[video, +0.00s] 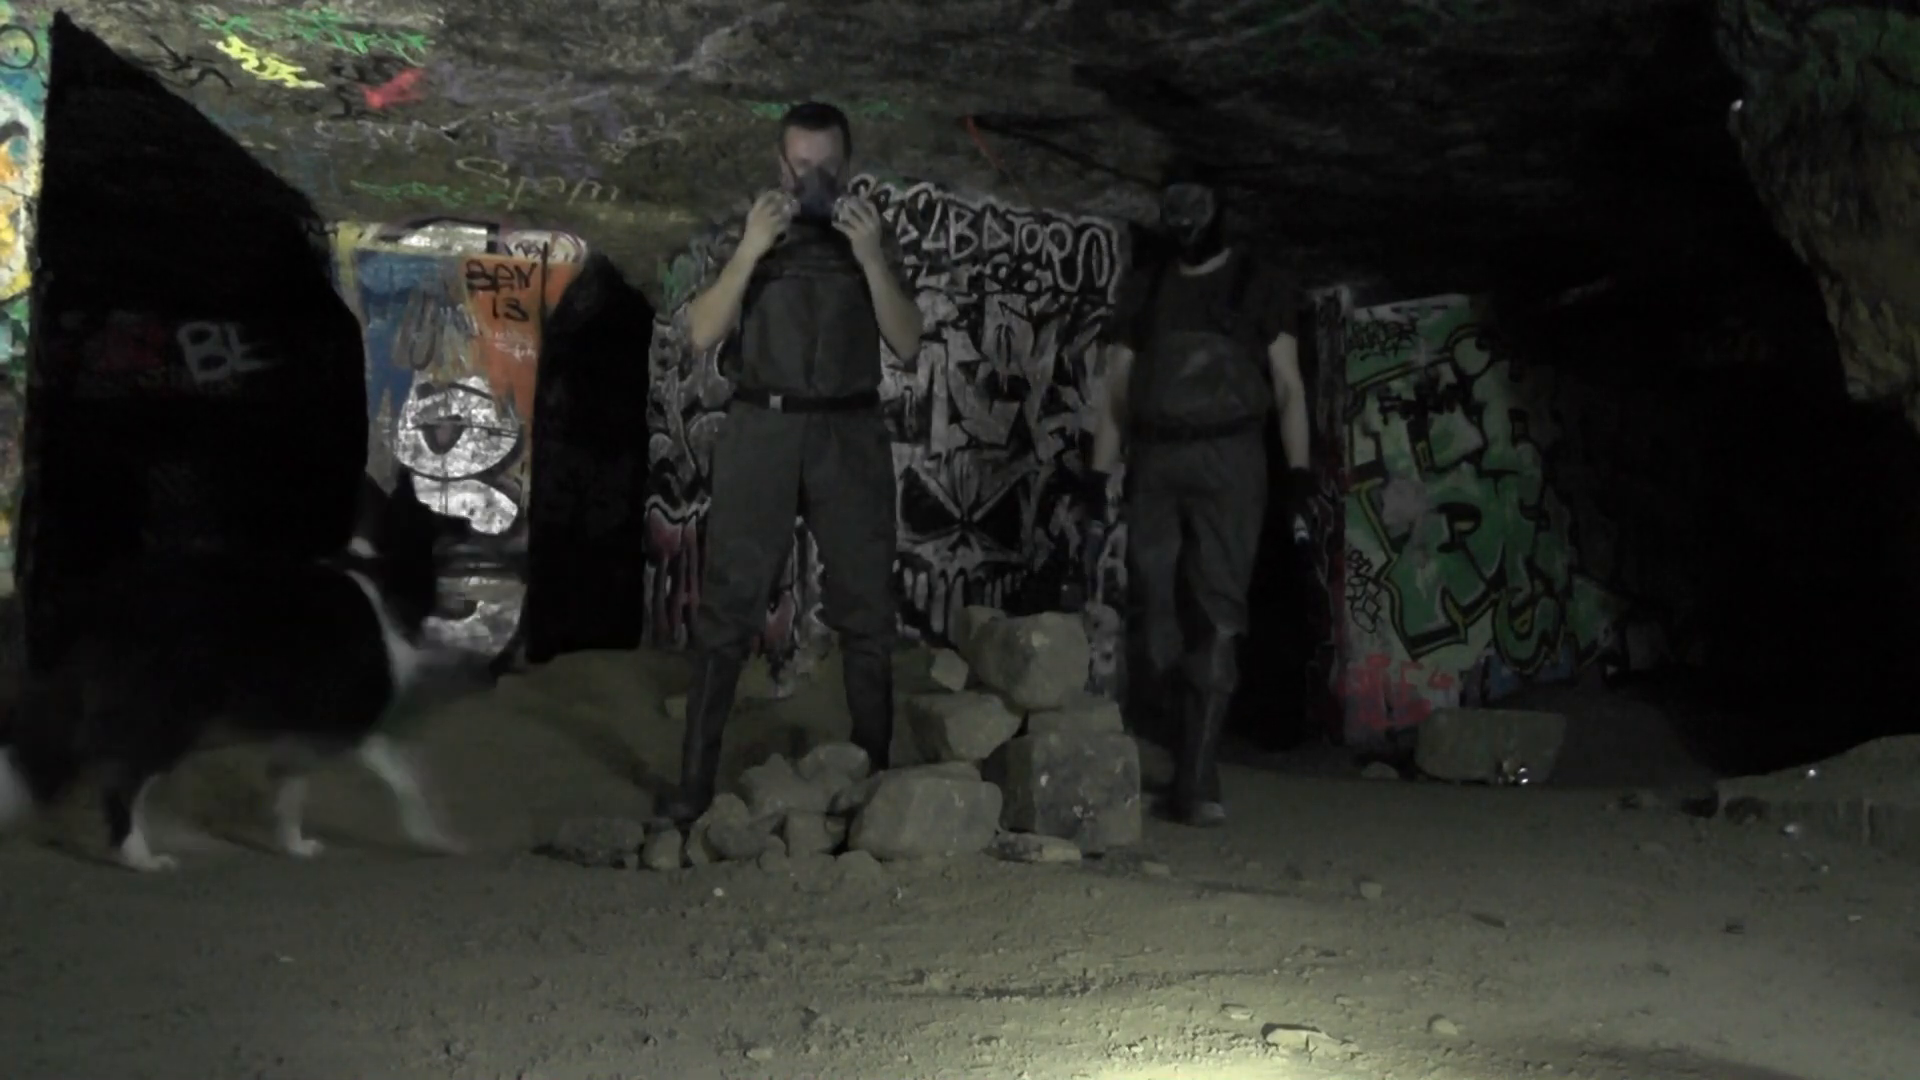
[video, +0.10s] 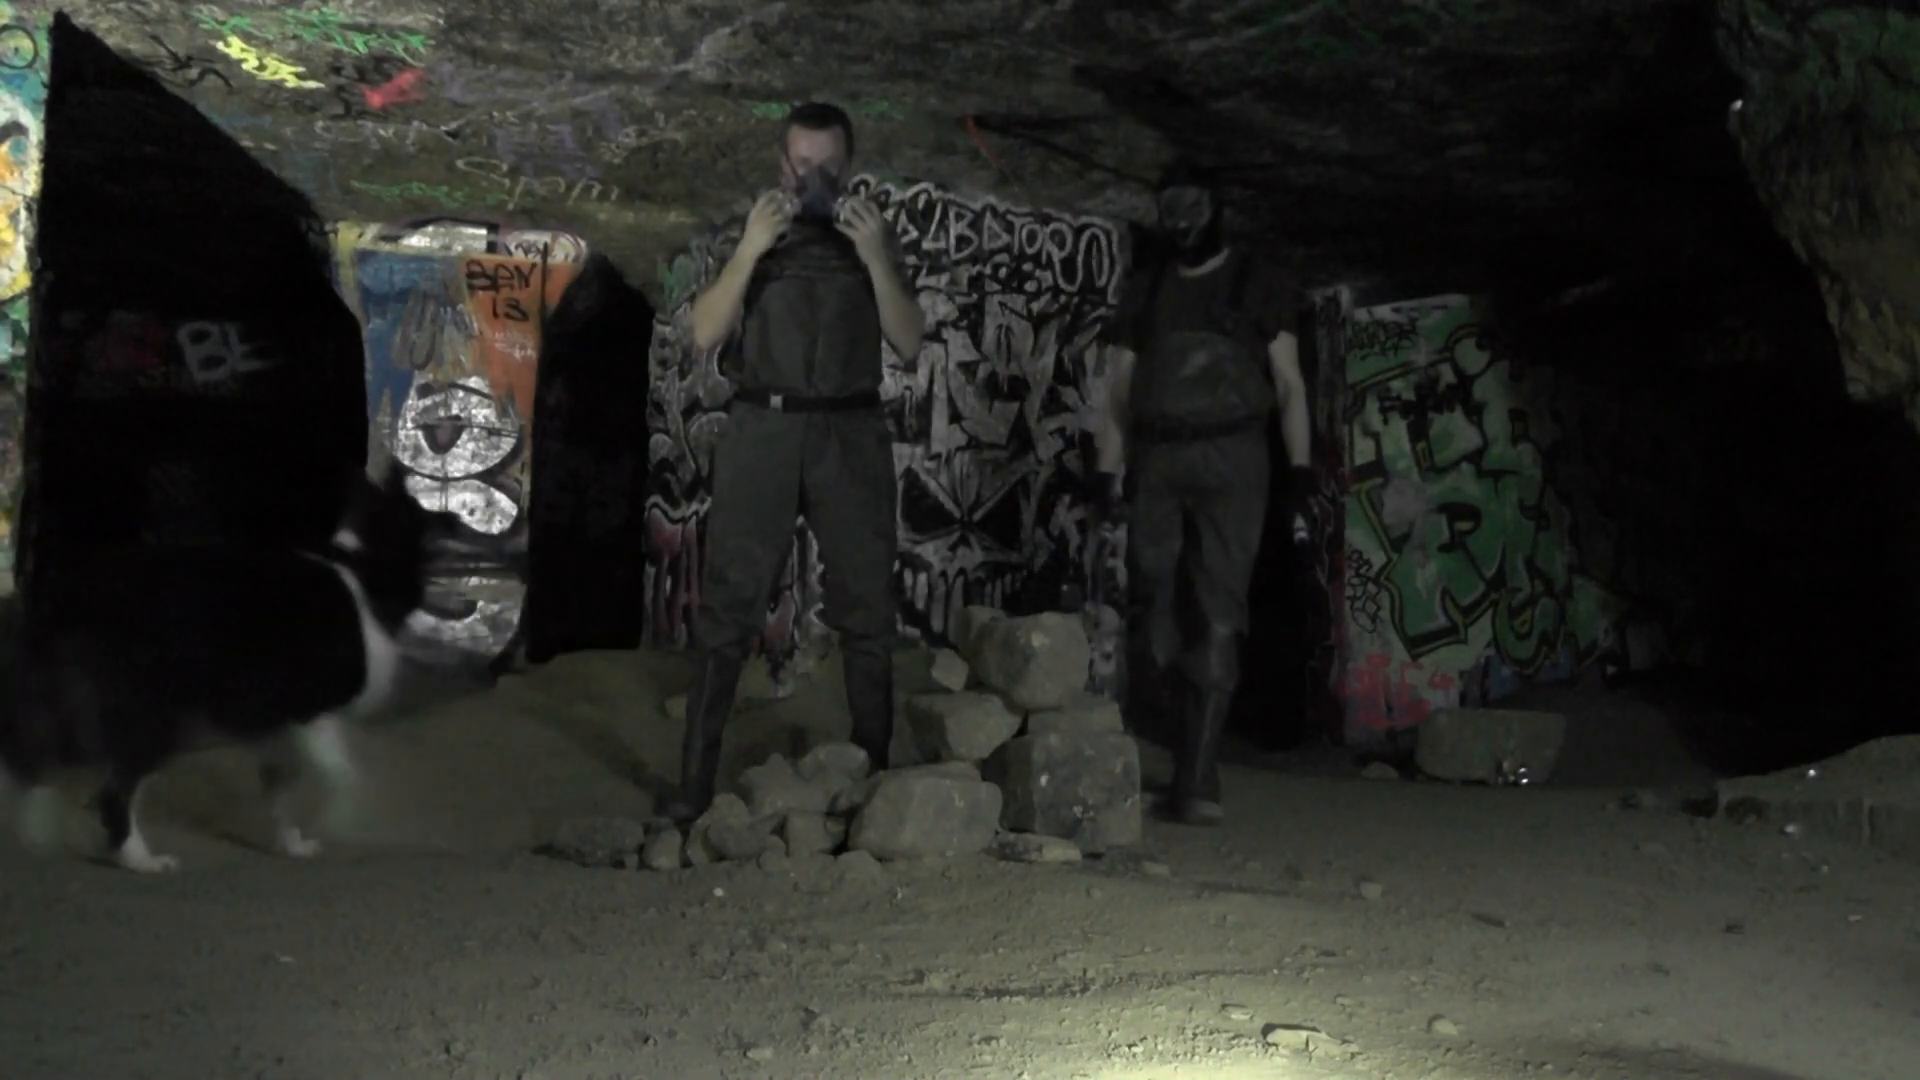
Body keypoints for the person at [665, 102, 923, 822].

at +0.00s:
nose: (809, 181)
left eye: (823, 169)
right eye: (799, 168)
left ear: (847, 166)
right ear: (780, 162)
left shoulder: (869, 238)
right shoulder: (748, 236)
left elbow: (906, 342)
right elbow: (701, 333)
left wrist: (870, 251)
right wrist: (752, 247)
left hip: (850, 444)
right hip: (760, 443)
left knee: (865, 618)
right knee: (730, 612)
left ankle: (873, 783)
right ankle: (694, 786)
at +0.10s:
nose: (810, 181)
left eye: (825, 169)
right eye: (800, 167)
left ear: (850, 168)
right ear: (782, 161)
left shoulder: (872, 239)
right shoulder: (749, 236)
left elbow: (908, 343)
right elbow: (703, 336)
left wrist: (874, 250)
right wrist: (751, 247)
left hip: (852, 445)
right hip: (761, 443)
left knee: (866, 618)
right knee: (730, 611)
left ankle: (873, 783)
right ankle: (694, 787)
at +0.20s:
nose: (815, 182)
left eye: (830, 170)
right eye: (804, 167)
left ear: (852, 168)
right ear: (784, 161)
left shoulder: (871, 237)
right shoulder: (750, 233)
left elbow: (917, 343)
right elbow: (702, 337)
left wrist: (879, 260)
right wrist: (750, 262)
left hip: (853, 445)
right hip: (762, 443)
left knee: (867, 617)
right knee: (730, 612)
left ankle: (874, 783)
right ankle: (695, 788)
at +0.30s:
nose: (815, 183)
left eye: (829, 170)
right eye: (804, 167)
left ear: (851, 168)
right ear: (784, 160)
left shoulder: (875, 239)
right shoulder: (744, 235)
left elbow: (916, 350)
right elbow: (699, 341)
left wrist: (881, 275)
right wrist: (744, 290)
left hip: (854, 441)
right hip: (763, 439)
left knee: (868, 613)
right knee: (732, 608)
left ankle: (874, 780)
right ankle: (695, 788)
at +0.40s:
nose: (815, 180)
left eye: (828, 169)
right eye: (804, 166)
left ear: (849, 167)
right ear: (785, 160)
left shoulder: (876, 240)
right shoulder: (750, 236)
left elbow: (918, 341)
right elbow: (709, 335)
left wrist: (930, 429)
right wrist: (694, 431)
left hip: (854, 442)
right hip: (762, 440)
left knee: (869, 613)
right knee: (731, 607)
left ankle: (873, 777)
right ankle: (694, 785)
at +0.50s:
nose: (820, 180)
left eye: (833, 168)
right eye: (808, 166)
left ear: (852, 167)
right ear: (785, 161)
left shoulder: (878, 242)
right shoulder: (749, 238)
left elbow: (916, 349)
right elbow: (714, 348)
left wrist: (939, 444)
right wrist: (676, 444)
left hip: (856, 446)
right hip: (764, 444)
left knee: (869, 618)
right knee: (731, 612)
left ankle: (873, 780)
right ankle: (694, 789)